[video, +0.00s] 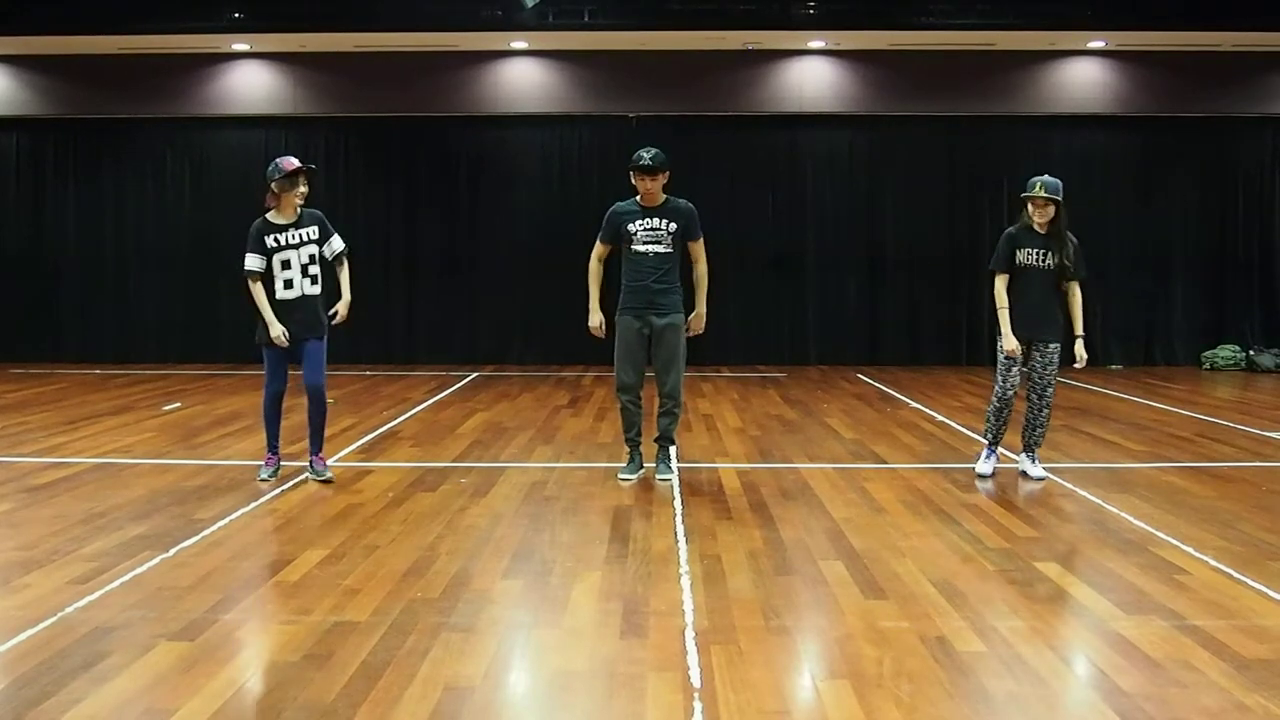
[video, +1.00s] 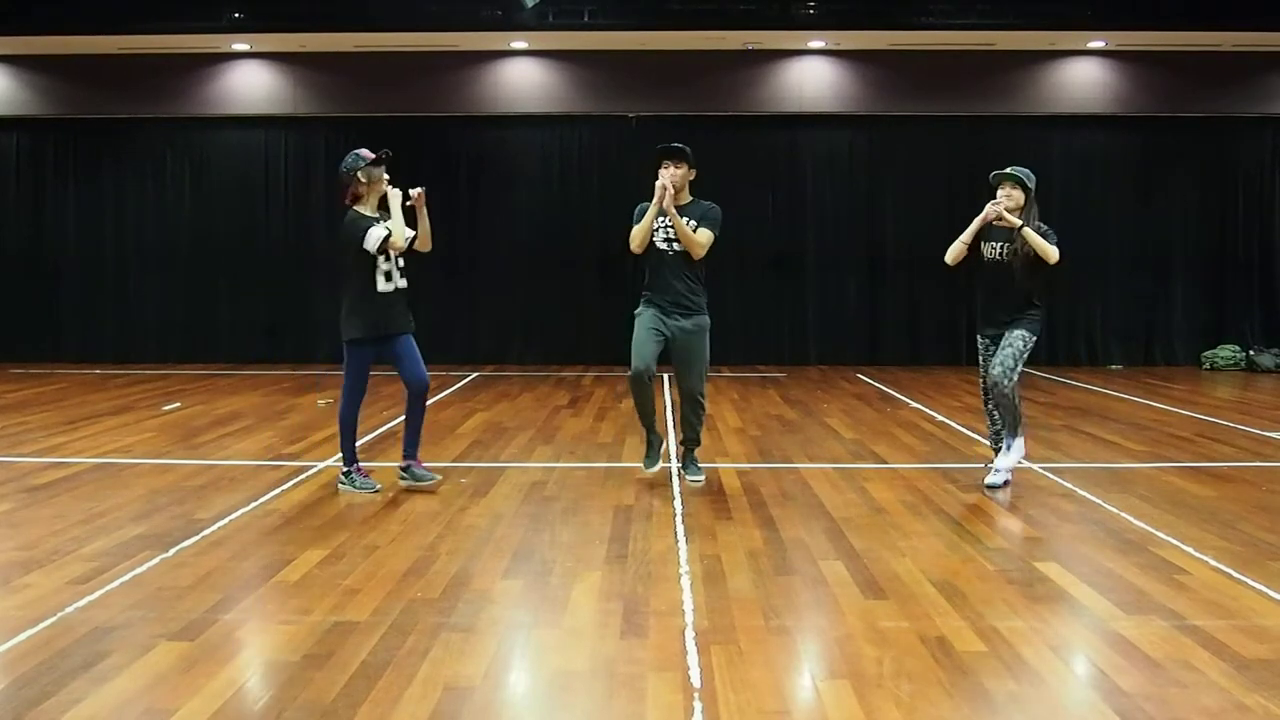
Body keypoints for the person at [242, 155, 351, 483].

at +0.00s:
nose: (302, 190)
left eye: (303, 184)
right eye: (294, 185)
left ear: (306, 186)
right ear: (276, 189)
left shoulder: (316, 220)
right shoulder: (261, 228)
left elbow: (340, 258)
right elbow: (253, 279)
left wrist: (345, 298)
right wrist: (271, 322)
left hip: (314, 320)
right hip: (276, 321)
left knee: (316, 386)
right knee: (274, 388)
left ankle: (317, 457)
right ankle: (272, 457)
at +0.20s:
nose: (318, 191)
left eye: (320, 184)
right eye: (310, 186)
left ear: (322, 186)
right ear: (291, 190)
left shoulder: (330, 222)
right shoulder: (277, 228)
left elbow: (339, 266)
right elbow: (266, 277)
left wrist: (350, 294)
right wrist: (301, 305)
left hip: (329, 317)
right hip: (292, 319)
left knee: (324, 388)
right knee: (290, 388)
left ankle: (319, 459)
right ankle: (274, 454)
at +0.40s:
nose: (336, 199)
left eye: (338, 192)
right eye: (329, 194)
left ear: (341, 193)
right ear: (309, 195)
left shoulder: (346, 223)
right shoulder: (293, 226)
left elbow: (374, 266)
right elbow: (286, 270)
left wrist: (365, 248)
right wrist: (326, 246)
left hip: (341, 318)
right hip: (307, 317)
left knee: (331, 389)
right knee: (328, 382)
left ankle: (320, 460)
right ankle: (295, 429)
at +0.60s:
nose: (345, 186)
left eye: (348, 179)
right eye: (337, 181)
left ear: (353, 181)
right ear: (321, 185)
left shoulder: (363, 219)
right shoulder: (311, 220)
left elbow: (386, 262)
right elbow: (318, 257)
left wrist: (380, 227)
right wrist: (342, 217)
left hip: (352, 313)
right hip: (320, 313)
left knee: (332, 390)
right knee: (351, 382)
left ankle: (320, 459)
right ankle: (341, 455)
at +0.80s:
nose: (365, 182)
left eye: (364, 176)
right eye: (357, 178)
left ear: (363, 182)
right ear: (339, 186)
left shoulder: (372, 222)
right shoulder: (329, 226)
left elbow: (402, 259)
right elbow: (356, 257)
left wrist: (401, 222)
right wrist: (366, 216)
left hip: (373, 317)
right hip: (344, 319)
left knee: (384, 392)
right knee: (362, 393)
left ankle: (339, 444)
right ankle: (350, 468)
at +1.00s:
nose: (386, 173)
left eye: (383, 168)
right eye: (378, 169)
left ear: (372, 179)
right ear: (361, 179)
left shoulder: (388, 216)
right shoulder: (355, 221)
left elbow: (424, 245)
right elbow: (397, 243)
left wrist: (421, 210)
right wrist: (394, 205)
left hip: (394, 318)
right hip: (359, 321)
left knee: (419, 383)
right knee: (354, 394)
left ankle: (410, 463)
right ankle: (349, 469)